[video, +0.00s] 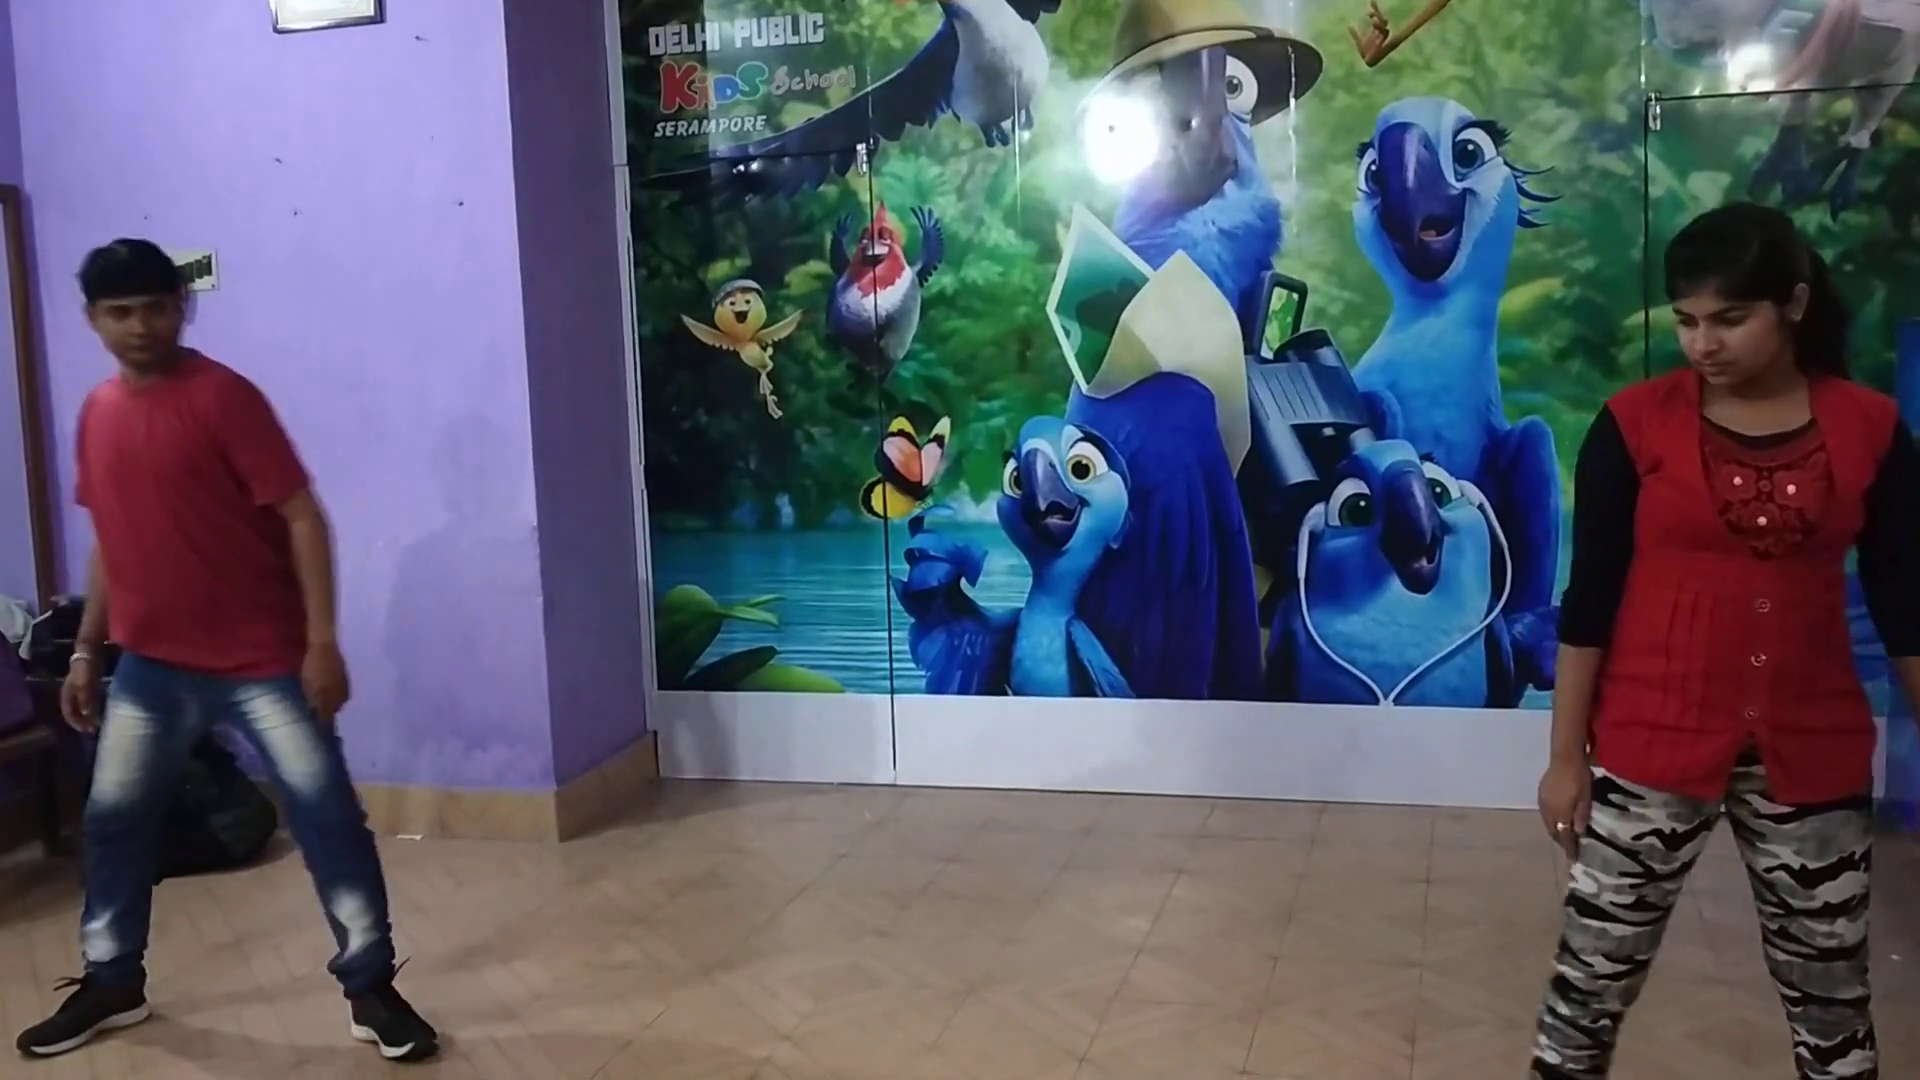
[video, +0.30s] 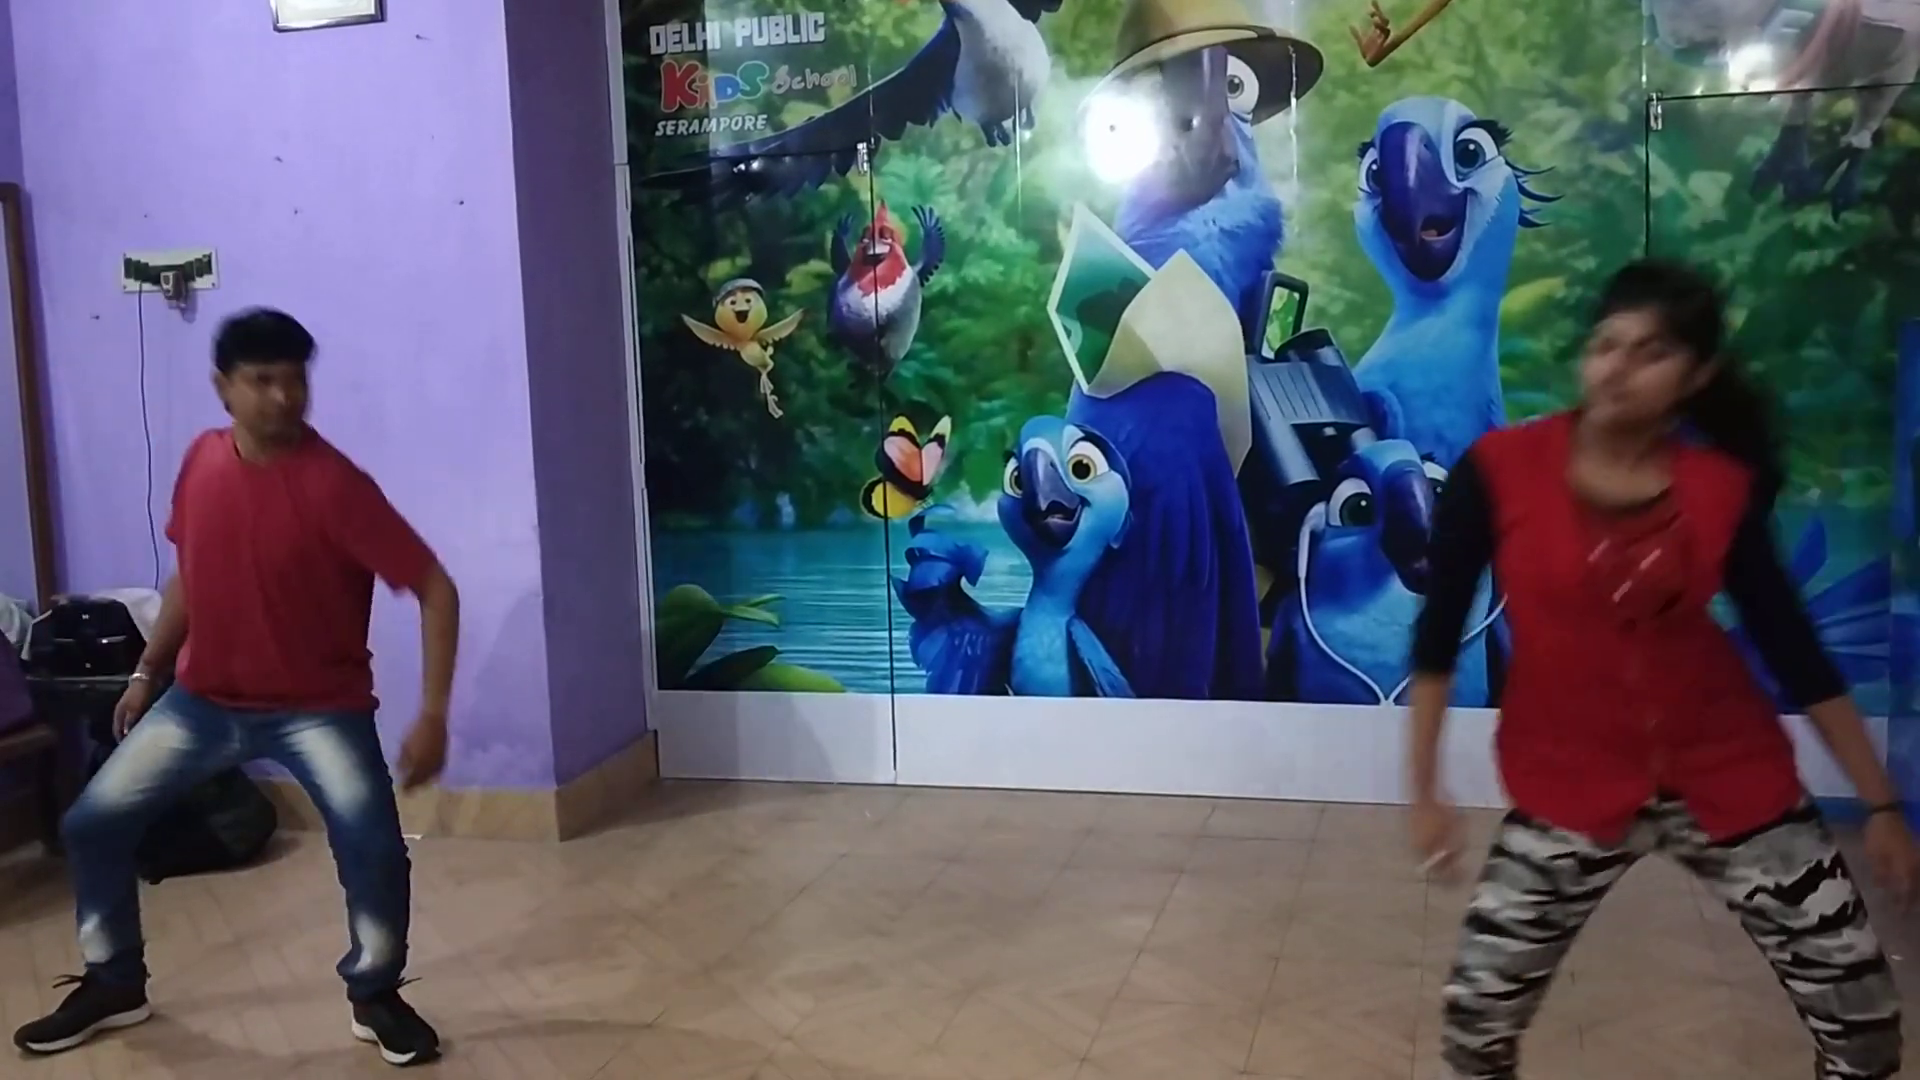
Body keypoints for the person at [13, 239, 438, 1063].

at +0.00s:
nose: (140, 327)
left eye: (155, 309)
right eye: (120, 313)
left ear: (180, 310)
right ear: (93, 320)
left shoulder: (226, 398)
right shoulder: (99, 411)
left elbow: (304, 515)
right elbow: (108, 535)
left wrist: (323, 646)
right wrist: (87, 650)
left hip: (259, 660)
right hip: (150, 663)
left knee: (324, 800)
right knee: (114, 808)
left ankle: (371, 985)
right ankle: (112, 978)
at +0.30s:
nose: (285, 396)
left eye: (295, 380)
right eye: (264, 381)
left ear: (309, 383)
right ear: (225, 387)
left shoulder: (334, 482)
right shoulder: (204, 460)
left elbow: (438, 590)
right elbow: (187, 576)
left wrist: (433, 717)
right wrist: (149, 674)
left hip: (319, 708)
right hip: (207, 700)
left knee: (370, 829)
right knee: (93, 822)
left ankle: (377, 994)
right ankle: (115, 980)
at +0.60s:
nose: (292, 477)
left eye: (303, 461)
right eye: (276, 460)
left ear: (313, 456)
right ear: (227, 447)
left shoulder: (320, 539)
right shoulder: (175, 481)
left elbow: (382, 659)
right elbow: (144, 573)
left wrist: (415, 774)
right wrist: (107, 673)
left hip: (295, 713)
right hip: (179, 705)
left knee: (363, 827)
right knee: (51, 828)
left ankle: (376, 990)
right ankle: (114, 976)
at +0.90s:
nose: (161, 378)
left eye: (172, 361)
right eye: (142, 361)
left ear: (184, 356)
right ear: (98, 357)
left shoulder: (216, 444)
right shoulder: (69, 415)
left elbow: (279, 560)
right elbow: (62, 517)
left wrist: (319, 673)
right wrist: (49, 622)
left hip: (222, 660)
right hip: (106, 657)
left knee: (295, 807)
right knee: (35, 807)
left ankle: (371, 982)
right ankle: (94, 959)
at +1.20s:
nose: (120, 320)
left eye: (131, 304)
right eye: (101, 306)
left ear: (148, 307)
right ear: (64, 313)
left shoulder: (191, 402)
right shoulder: (44, 399)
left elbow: (256, 516)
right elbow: (46, 511)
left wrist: (292, 635)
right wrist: (34, 621)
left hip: (208, 643)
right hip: (95, 647)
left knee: (279, 799)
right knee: (78, 805)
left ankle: (352, 980)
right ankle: (100, 960)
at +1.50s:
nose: (215, 325)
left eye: (225, 311)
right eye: (196, 312)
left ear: (237, 318)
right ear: (151, 322)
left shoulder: (284, 418)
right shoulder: (110, 414)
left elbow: (326, 539)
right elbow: (85, 527)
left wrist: (358, 653)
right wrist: (71, 647)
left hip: (275, 667)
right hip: (152, 668)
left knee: (320, 807)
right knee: (122, 816)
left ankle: (325, 990)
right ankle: (99, 955)